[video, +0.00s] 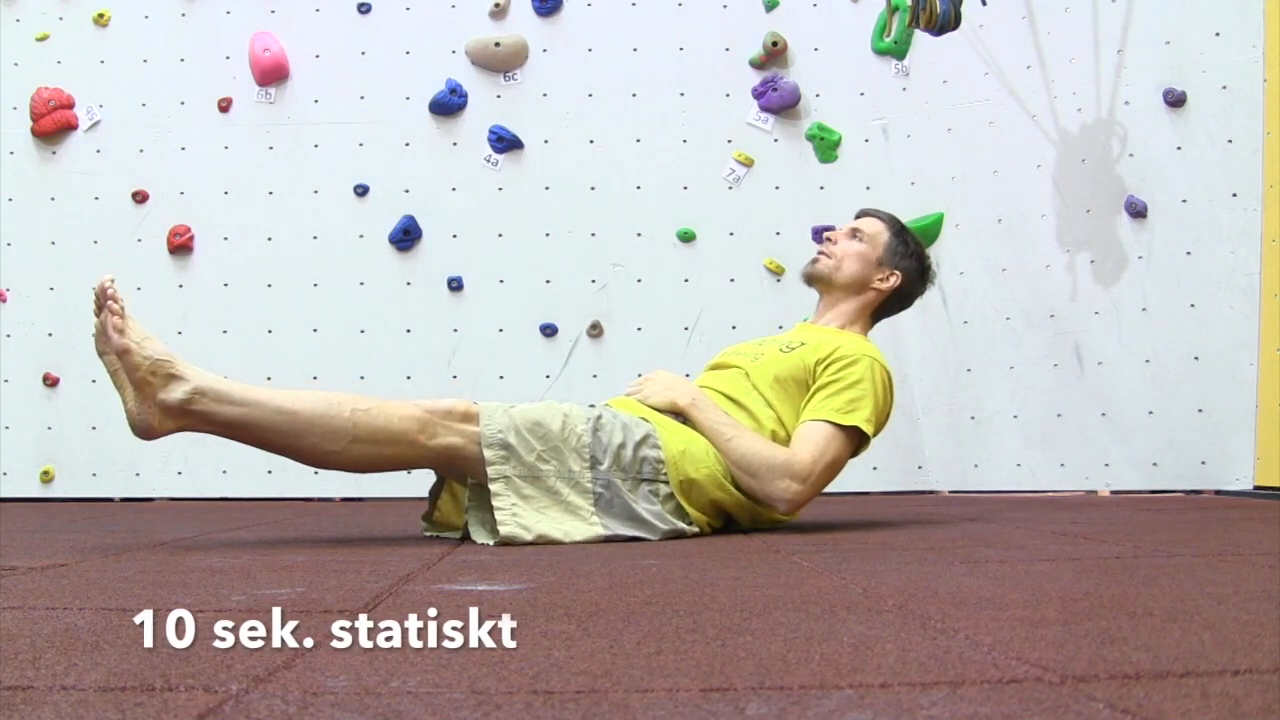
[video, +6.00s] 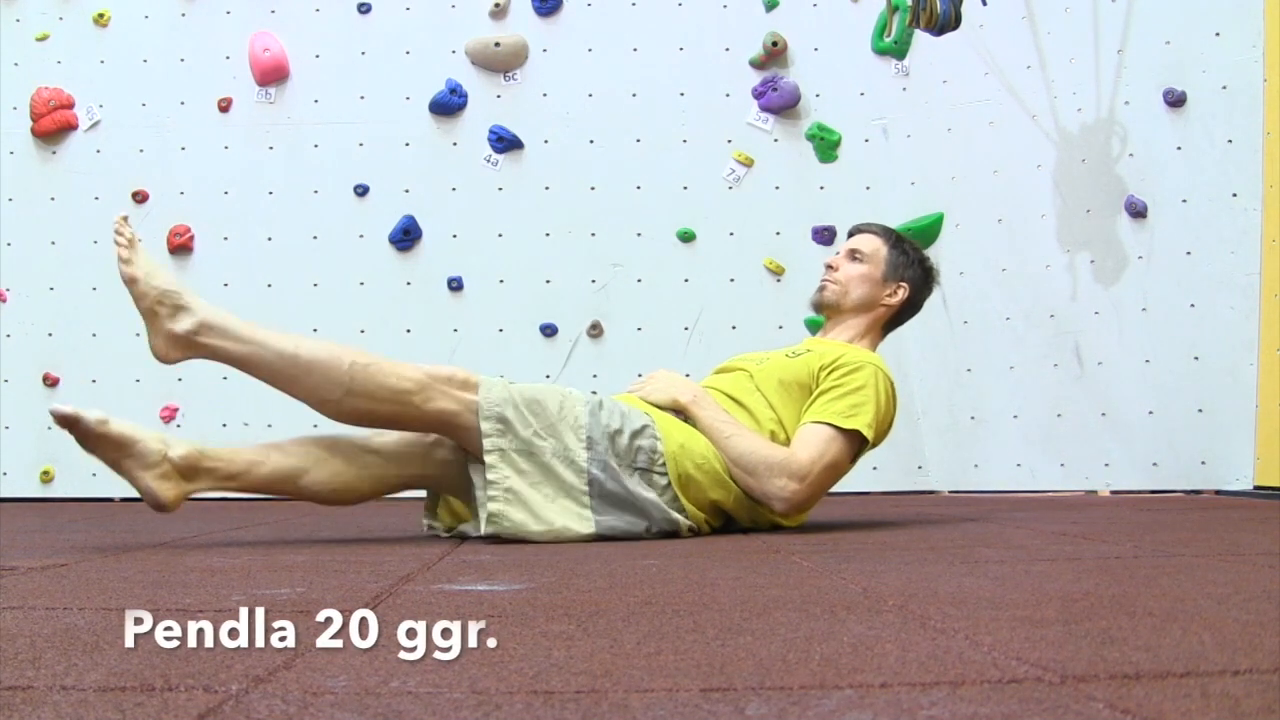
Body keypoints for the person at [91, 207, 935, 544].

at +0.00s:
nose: (826, 237)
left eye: (851, 236)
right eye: (835, 230)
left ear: (887, 282)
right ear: (840, 268)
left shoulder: (856, 362)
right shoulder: (787, 348)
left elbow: (790, 487)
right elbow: (746, 463)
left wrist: (692, 398)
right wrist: (673, 407)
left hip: (668, 459)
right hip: (643, 446)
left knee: (445, 426)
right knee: (432, 427)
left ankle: (178, 395)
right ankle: (178, 397)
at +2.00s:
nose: (842, 252)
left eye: (866, 252)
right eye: (850, 244)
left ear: (895, 297)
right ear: (850, 278)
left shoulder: (862, 373)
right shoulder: (804, 357)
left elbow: (791, 492)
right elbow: (751, 466)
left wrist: (699, 401)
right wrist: (675, 406)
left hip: (661, 461)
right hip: (642, 446)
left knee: (442, 427)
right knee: (432, 428)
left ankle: (178, 399)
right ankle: (180, 401)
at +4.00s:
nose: (848, 259)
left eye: (872, 258)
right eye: (857, 250)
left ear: (899, 306)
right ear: (862, 289)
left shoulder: (866, 380)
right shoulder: (809, 362)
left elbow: (791, 495)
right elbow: (756, 475)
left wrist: (699, 402)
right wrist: (677, 410)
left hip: (660, 462)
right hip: (643, 449)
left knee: (444, 429)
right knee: (433, 429)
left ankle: (177, 410)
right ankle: (179, 411)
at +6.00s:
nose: (833, 259)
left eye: (857, 256)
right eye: (839, 250)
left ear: (892, 297)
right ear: (847, 284)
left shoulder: (860, 372)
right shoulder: (793, 360)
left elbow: (790, 490)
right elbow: (739, 467)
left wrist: (697, 400)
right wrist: (666, 407)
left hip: (651, 457)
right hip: (622, 450)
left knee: (450, 398)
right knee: (418, 446)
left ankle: (192, 322)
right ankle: (182, 468)